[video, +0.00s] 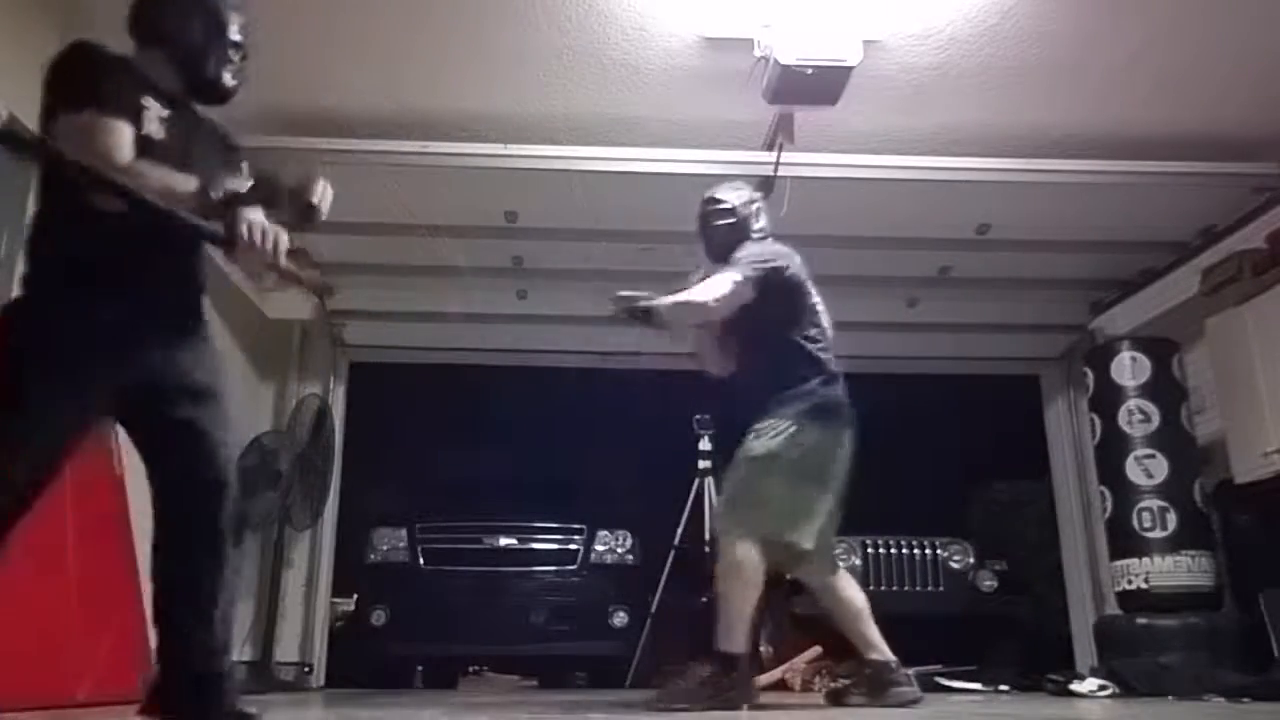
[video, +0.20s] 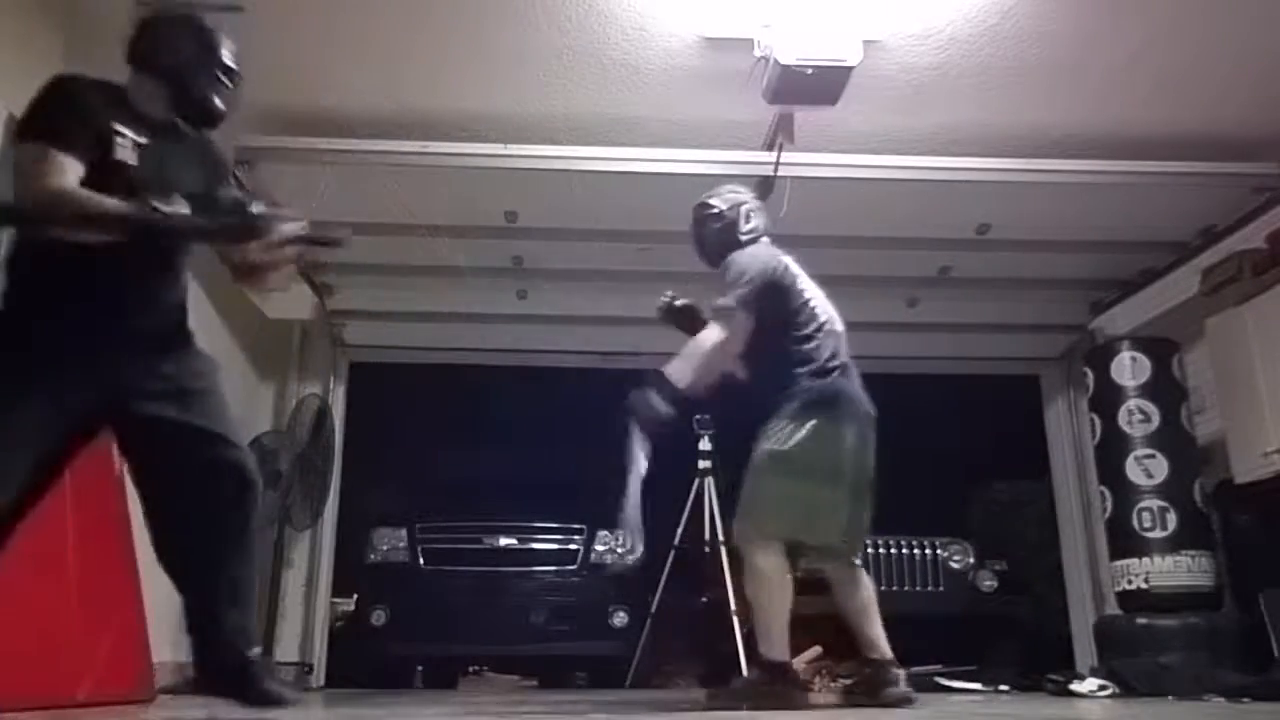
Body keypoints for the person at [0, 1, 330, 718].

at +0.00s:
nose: (238, 49)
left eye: (241, 37)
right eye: (224, 30)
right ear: (167, 22)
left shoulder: (212, 142)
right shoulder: (92, 66)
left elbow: (240, 217)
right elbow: (104, 162)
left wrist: (285, 210)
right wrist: (218, 203)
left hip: (173, 345)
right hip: (66, 336)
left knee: (206, 497)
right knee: (9, 493)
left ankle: (195, 692)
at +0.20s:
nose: (232, 86)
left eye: (234, 74)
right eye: (221, 69)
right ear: (169, 58)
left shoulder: (203, 157)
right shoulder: (77, 100)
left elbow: (248, 266)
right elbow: (39, 197)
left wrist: (285, 246)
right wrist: (144, 217)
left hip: (160, 355)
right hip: (49, 350)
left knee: (224, 480)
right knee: (1, 490)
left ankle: (226, 659)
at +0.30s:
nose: (260, 117)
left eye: (265, 106)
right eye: (251, 97)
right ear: (209, 81)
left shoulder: (230, 185)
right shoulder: (110, 111)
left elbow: (283, 285)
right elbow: (12, 142)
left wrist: (336, 266)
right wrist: (72, 169)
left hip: (170, 367)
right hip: (60, 348)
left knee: (229, 493)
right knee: (9, 492)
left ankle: (247, 660)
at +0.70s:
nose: (270, 122)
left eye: (274, 110)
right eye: (258, 100)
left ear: (260, 123)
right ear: (213, 89)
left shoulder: (221, 206)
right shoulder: (141, 129)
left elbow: (201, 325)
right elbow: (108, 82)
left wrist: (267, 380)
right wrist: (214, 47)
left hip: (178, 382)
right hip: (80, 364)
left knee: (240, 532)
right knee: (12, 532)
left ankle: (263, 685)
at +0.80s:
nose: (233, 109)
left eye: (238, 99)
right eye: (224, 94)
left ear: (228, 100)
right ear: (188, 81)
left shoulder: (192, 178)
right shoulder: (112, 105)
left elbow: (171, 284)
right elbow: (169, 125)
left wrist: (243, 315)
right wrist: (302, 101)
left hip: (163, 356)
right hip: (72, 343)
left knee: (216, 497)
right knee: (9, 497)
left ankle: (230, 676)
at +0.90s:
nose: (238, 91)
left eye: (239, 79)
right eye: (227, 74)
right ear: (180, 66)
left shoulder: (199, 153)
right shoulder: (114, 102)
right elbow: (174, 165)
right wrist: (309, 183)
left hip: (164, 355)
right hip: (73, 342)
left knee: (207, 511)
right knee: (11, 503)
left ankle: (156, 681)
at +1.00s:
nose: (240, 89)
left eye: (242, 77)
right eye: (229, 72)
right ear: (184, 66)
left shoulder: (204, 162)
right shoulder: (131, 101)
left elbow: (228, 250)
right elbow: (144, 187)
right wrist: (254, 241)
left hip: (166, 356)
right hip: (82, 340)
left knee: (174, 517)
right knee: (27, 497)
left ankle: (89, 681)